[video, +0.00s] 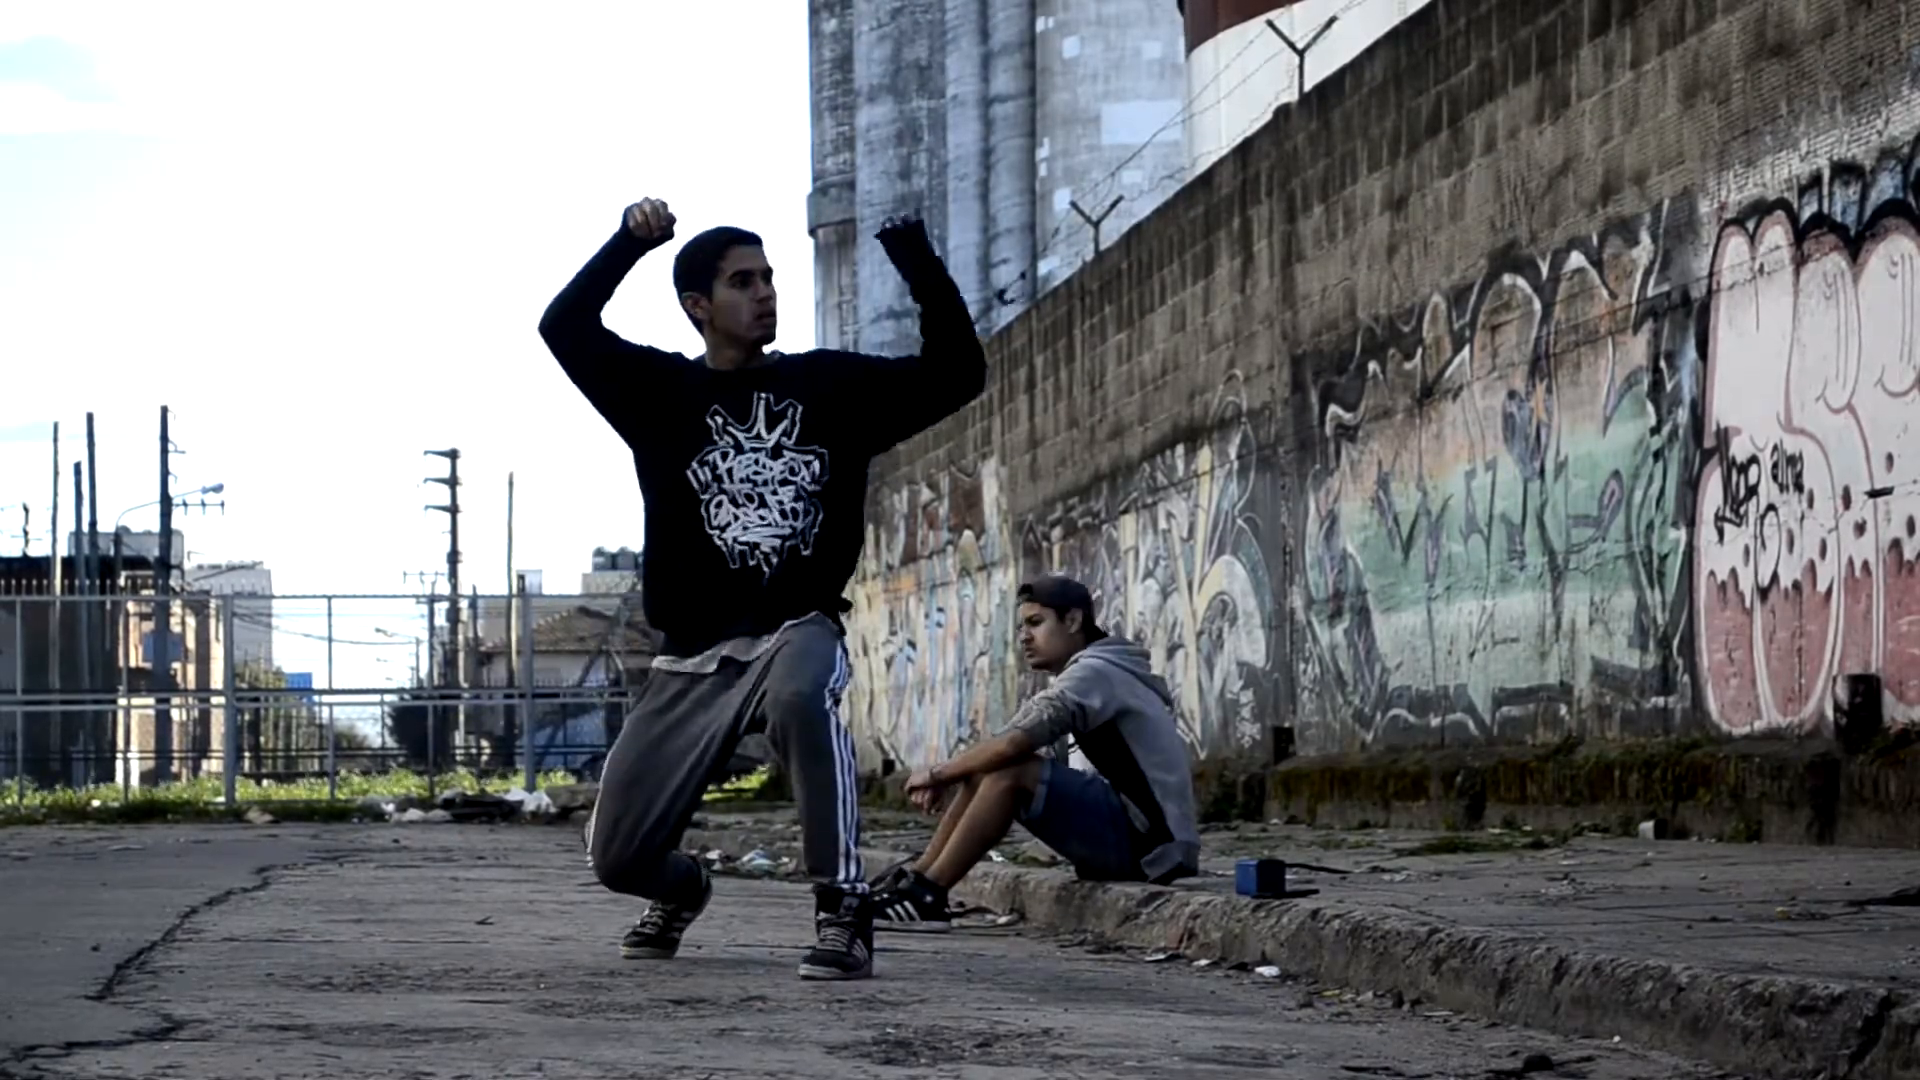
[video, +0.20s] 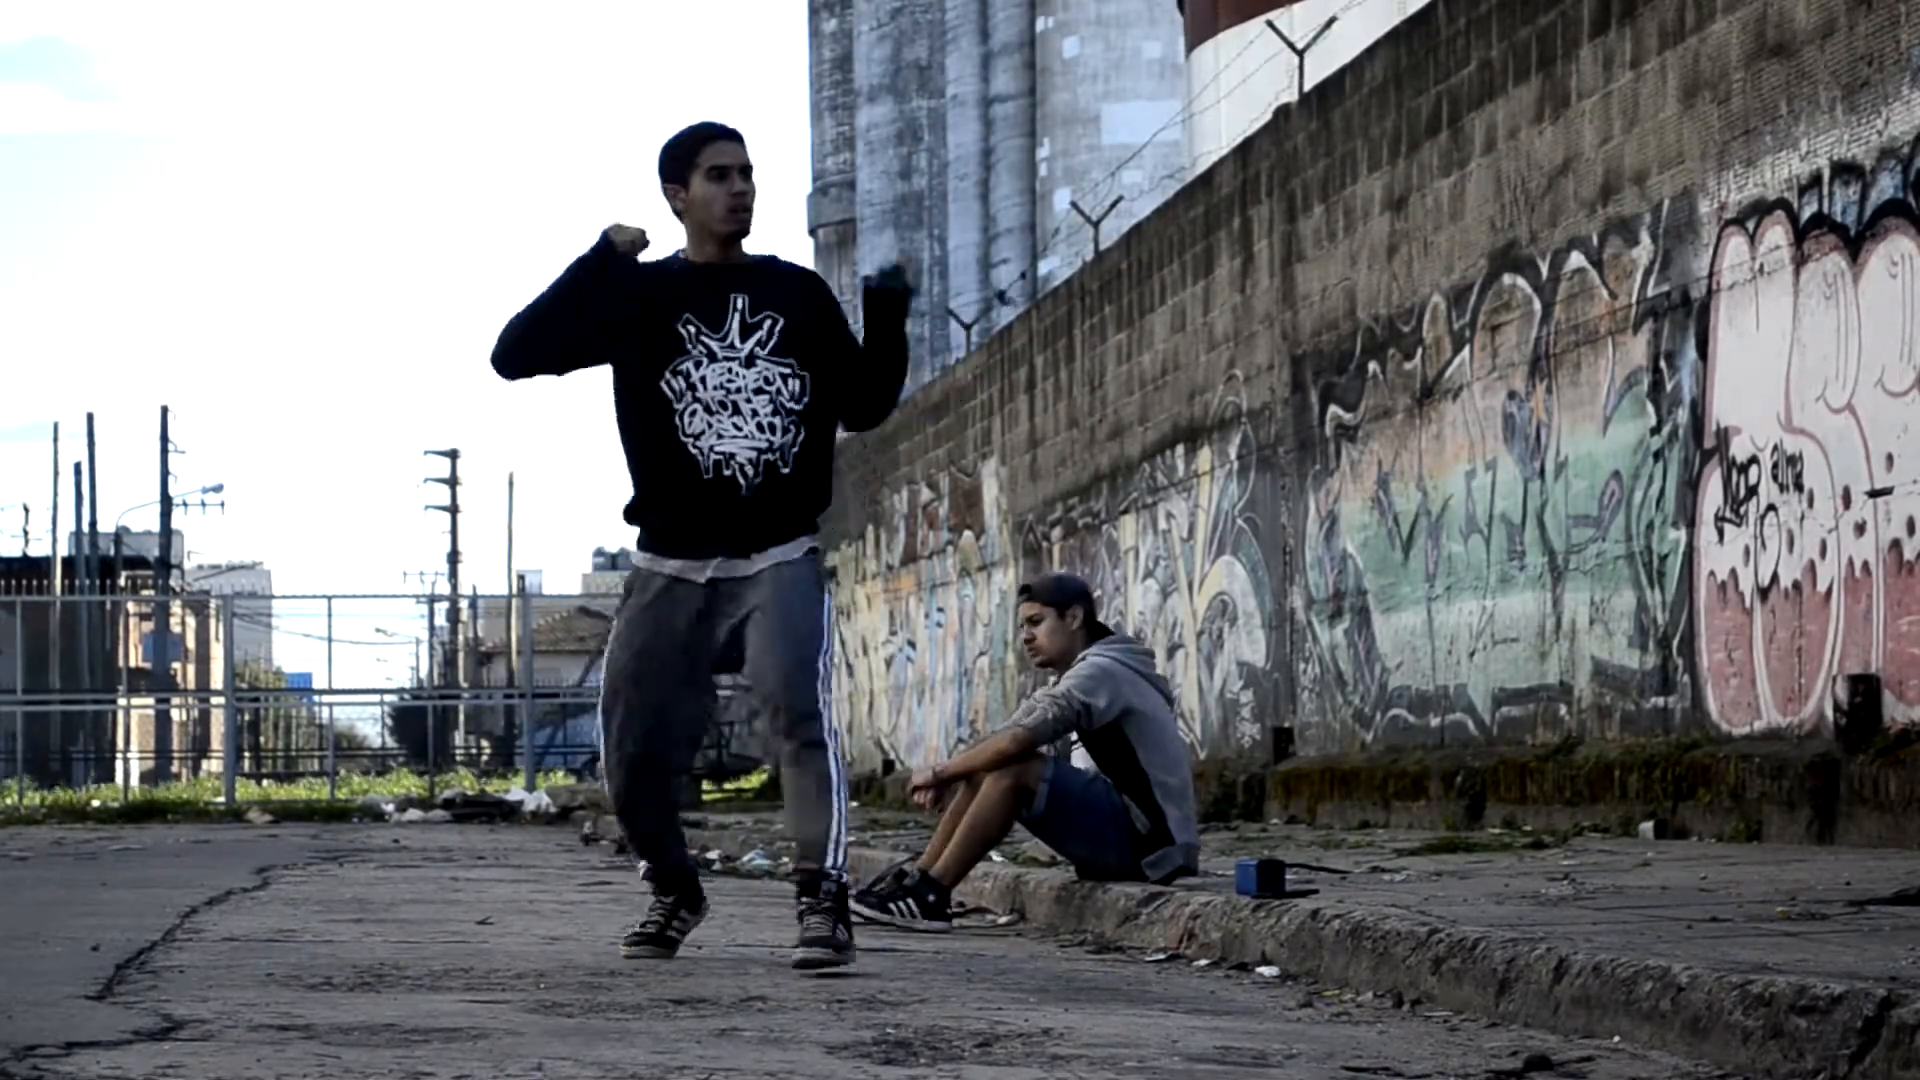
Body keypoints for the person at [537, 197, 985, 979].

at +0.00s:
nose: (766, 294)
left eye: (769, 279)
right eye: (744, 282)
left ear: (776, 292)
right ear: (698, 305)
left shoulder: (831, 384)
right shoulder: (658, 390)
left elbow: (957, 374)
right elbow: (566, 327)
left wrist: (920, 267)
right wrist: (629, 244)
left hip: (796, 628)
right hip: (689, 657)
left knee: (800, 697)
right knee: (618, 858)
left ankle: (841, 911)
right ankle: (684, 886)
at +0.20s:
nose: (743, 187)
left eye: (746, 174)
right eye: (723, 176)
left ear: (753, 188)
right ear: (678, 193)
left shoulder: (798, 292)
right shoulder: (635, 294)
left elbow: (864, 407)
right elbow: (515, 357)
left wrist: (887, 315)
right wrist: (601, 263)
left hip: (780, 553)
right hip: (671, 559)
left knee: (796, 715)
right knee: (629, 750)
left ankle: (822, 898)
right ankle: (677, 890)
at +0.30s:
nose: (727, 146)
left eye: (733, 133)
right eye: (708, 133)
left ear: (743, 145)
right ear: (666, 148)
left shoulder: (789, 258)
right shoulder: (620, 258)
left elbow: (818, 386)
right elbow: (553, 373)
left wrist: (827, 498)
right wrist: (585, 439)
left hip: (769, 511)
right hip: (659, 513)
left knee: (771, 682)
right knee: (643, 711)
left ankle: (756, 861)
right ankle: (654, 878)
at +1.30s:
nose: (728, 205)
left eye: (737, 193)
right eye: (709, 195)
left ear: (750, 213)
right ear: (673, 218)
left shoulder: (791, 324)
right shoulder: (631, 325)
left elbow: (802, 445)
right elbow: (612, 458)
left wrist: (802, 544)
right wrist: (702, 496)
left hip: (774, 563)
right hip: (672, 559)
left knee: (783, 730)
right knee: (686, 729)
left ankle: (735, 743)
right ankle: (702, 895)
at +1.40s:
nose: (763, 219)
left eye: (772, 207)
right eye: (745, 207)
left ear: (784, 223)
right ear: (709, 224)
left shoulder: (798, 338)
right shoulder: (667, 294)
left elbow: (811, 460)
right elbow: (613, 394)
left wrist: (837, 512)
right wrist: (725, 383)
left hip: (774, 539)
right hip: (673, 549)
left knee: (823, 654)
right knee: (700, 727)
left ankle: (820, 833)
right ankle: (705, 898)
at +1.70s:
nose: (776, 247)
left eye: (791, 234)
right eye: (759, 230)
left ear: (804, 248)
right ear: (729, 239)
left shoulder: (795, 368)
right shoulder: (674, 297)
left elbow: (785, 504)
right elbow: (565, 362)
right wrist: (638, 444)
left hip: (744, 571)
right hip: (640, 576)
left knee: (792, 709)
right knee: (670, 768)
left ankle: (823, 898)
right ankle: (701, 906)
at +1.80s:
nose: (736, 225)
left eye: (751, 210)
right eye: (719, 209)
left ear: (767, 225)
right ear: (690, 222)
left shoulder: (787, 334)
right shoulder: (638, 298)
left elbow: (759, 449)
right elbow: (546, 402)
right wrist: (609, 492)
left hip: (734, 574)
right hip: (625, 576)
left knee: (777, 732)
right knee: (596, 750)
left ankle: (762, 910)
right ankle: (638, 870)